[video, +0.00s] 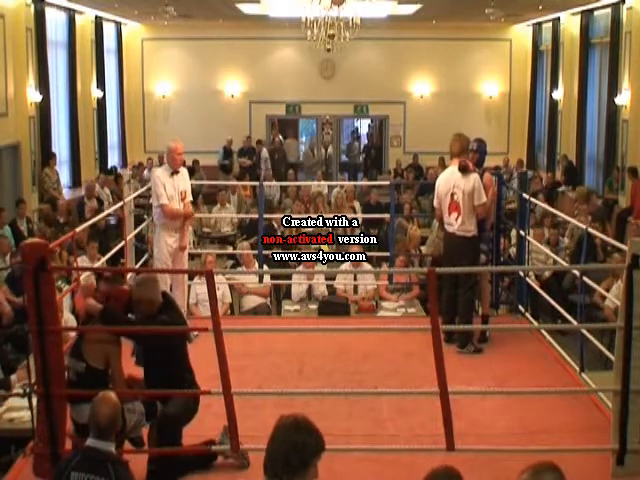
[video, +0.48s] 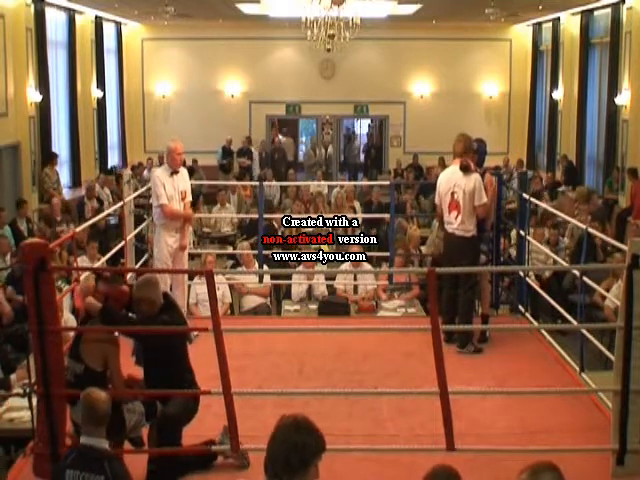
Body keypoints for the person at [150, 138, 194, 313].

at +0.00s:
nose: (181, 158)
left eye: (182, 154)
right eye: (177, 155)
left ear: (183, 156)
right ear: (167, 156)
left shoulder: (184, 172)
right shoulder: (158, 174)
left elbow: (187, 203)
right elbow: (166, 209)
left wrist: (184, 233)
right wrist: (185, 212)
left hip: (182, 226)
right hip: (165, 227)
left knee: (181, 271)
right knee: (163, 270)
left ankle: (180, 312)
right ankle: (162, 310)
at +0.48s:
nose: (180, 158)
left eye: (182, 154)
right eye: (177, 155)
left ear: (183, 156)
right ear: (167, 156)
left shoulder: (184, 173)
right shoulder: (158, 174)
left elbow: (187, 203)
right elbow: (165, 209)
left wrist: (185, 234)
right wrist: (185, 214)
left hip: (182, 226)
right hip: (165, 227)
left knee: (181, 271)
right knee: (163, 270)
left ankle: (180, 312)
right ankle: (161, 311)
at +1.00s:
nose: (179, 158)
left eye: (181, 154)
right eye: (176, 155)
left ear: (183, 156)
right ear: (167, 156)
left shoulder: (184, 173)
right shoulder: (158, 174)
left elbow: (187, 203)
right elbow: (165, 209)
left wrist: (185, 234)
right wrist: (185, 213)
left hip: (182, 226)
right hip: (165, 227)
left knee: (181, 271)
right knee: (163, 270)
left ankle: (180, 311)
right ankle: (162, 310)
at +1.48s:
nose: (180, 158)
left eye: (181, 154)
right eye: (176, 155)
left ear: (183, 156)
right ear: (167, 156)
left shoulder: (184, 173)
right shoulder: (158, 174)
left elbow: (188, 205)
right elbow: (166, 209)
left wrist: (185, 235)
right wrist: (186, 211)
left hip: (182, 229)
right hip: (165, 229)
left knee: (181, 271)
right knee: (163, 271)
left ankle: (181, 309)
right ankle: (163, 309)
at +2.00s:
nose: (180, 158)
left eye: (181, 154)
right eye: (176, 155)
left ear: (183, 156)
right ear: (167, 156)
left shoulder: (184, 173)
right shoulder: (158, 174)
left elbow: (188, 203)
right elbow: (166, 209)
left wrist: (185, 235)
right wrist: (186, 210)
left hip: (182, 228)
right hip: (165, 228)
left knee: (181, 270)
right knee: (163, 269)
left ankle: (181, 308)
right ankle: (163, 308)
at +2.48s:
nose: (178, 158)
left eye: (181, 154)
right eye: (175, 155)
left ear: (183, 156)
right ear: (166, 157)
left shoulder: (184, 173)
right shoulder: (158, 174)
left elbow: (187, 202)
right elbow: (165, 209)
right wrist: (187, 213)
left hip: (183, 226)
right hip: (165, 227)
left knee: (181, 270)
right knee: (163, 269)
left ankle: (181, 310)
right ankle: (162, 310)